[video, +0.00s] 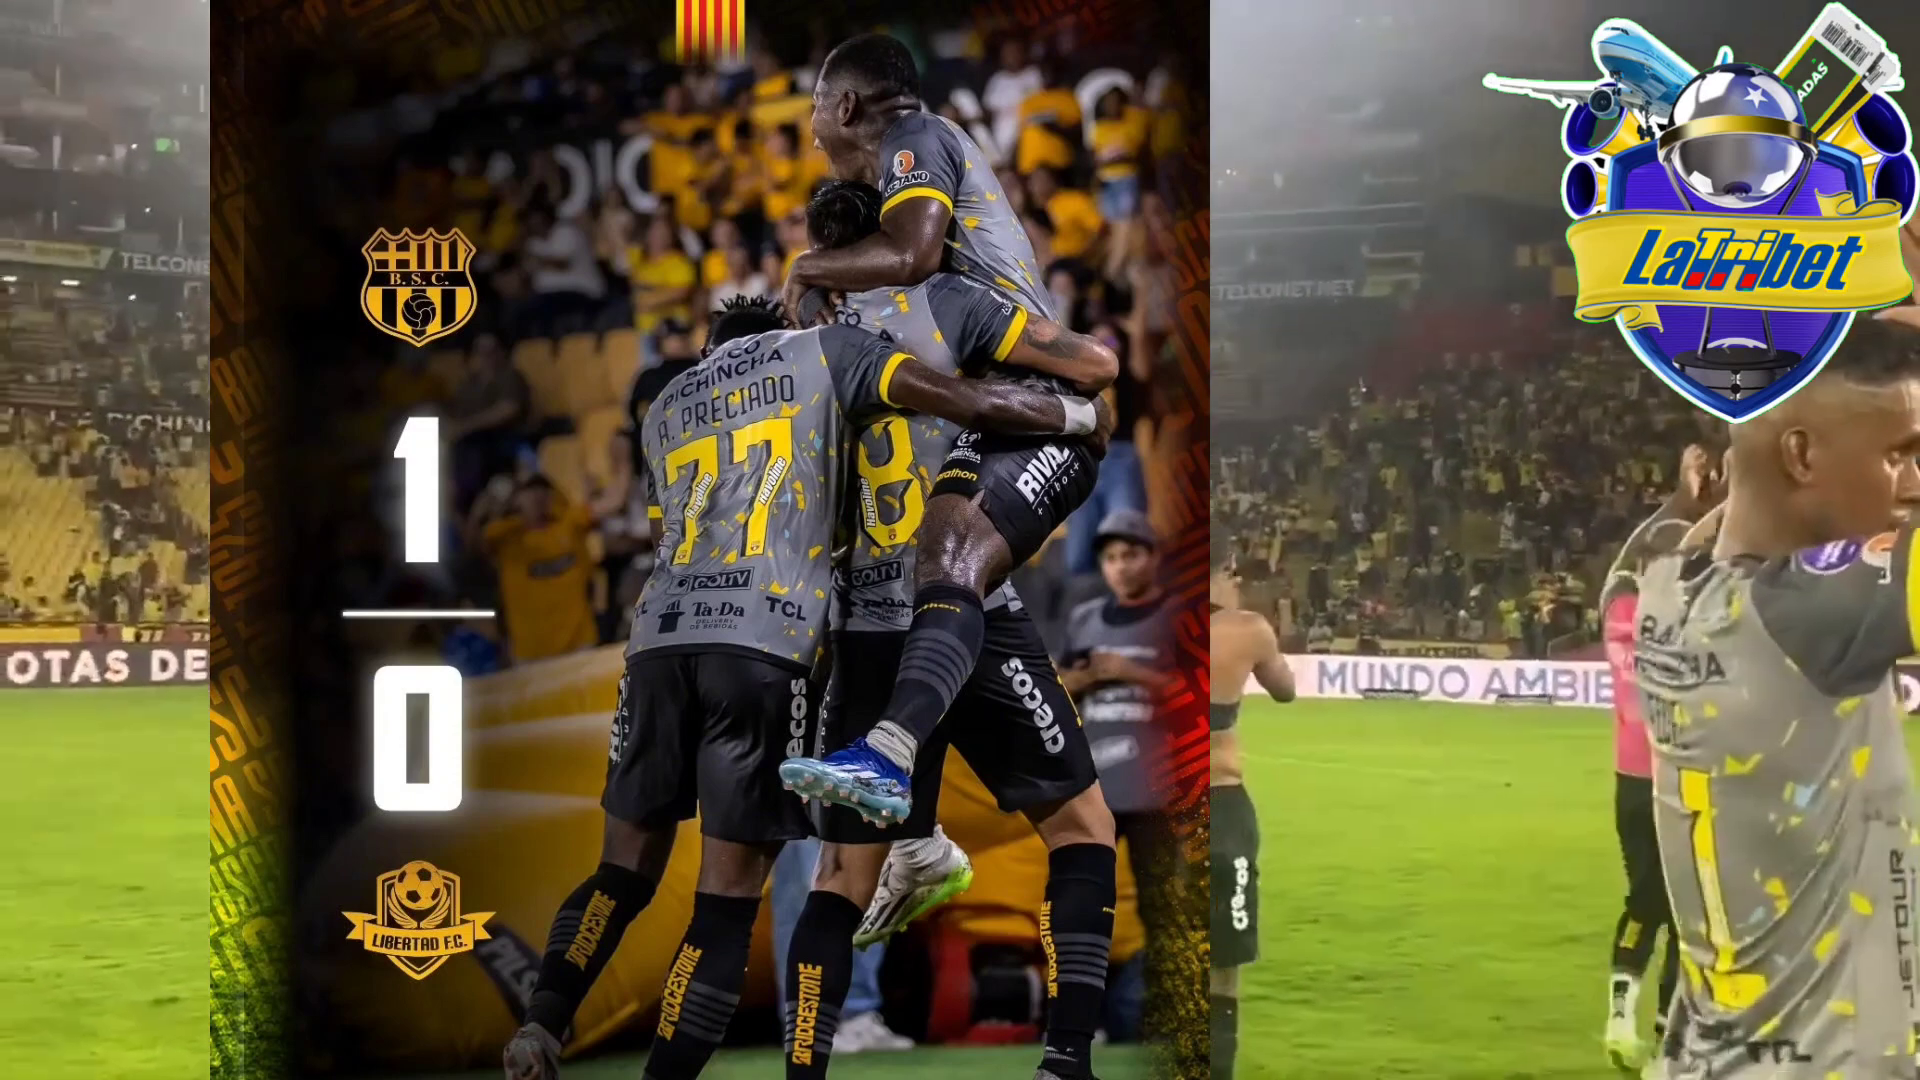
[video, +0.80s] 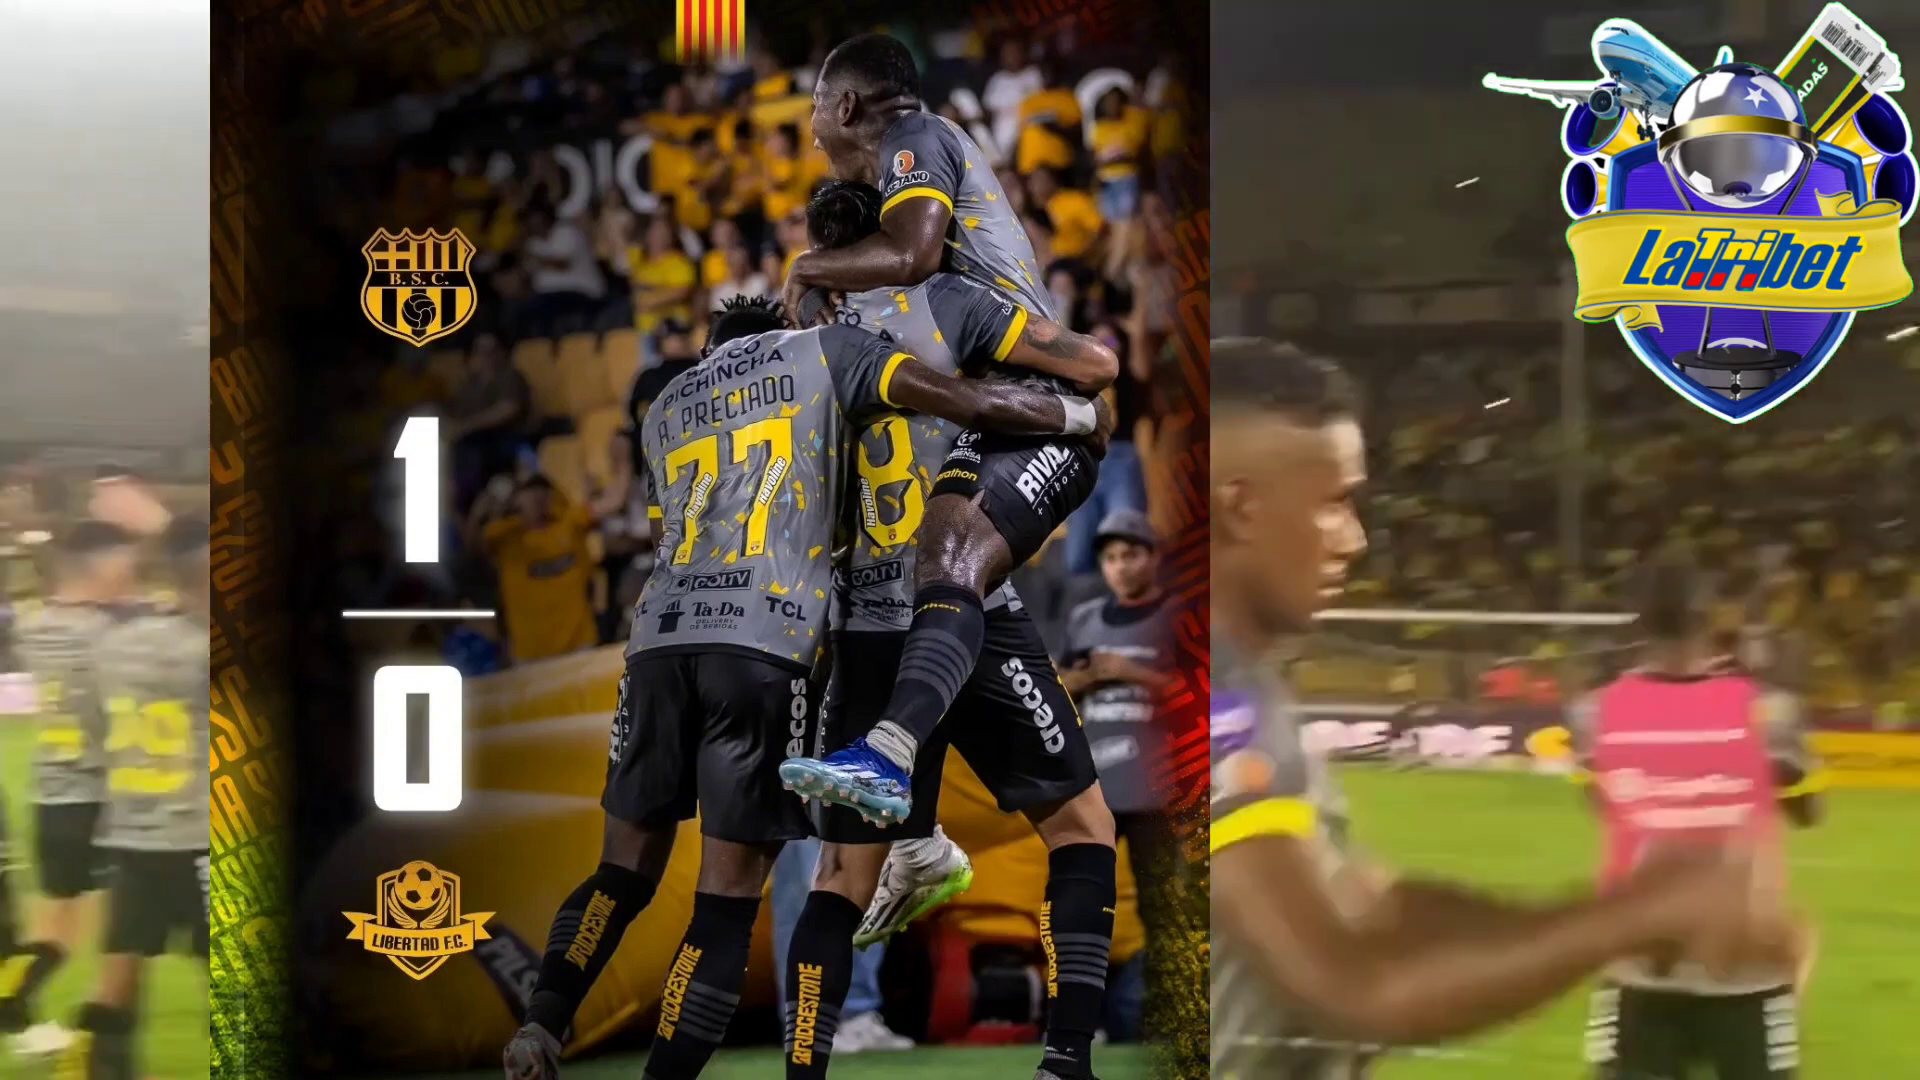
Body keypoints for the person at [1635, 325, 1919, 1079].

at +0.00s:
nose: (1913, 480)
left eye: (1911, 453)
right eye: (1898, 453)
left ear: (1786, 452)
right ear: (1799, 453)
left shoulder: (1667, 588)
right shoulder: (1812, 616)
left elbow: (1719, 527)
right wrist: (1908, 309)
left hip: (1704, 1043)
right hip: (1833, 1054)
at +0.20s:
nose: (1916, 511)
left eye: (1914, 484)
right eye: (1904, 485)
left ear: (1801, 476)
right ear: (1804, 478)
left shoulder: (1711, 635)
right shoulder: (1780, 643)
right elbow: (1909, 586)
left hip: (1759, 1051)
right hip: (1838, 1060)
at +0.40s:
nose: (1848, 509)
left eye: (1849, 482)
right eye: (1828, 479)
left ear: (1722, 485)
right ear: (1727, 481)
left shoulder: (1764, 650)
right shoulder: (1675, 641)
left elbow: (1902, 585)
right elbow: (1901, 521)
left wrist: (1913, 388)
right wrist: (1919, 390)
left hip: (1865, 1053)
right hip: (1779, 1060)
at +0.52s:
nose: (1771, 513)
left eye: (1773, 482)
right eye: (1750, 480)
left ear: (1636, 484)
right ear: (1641, 482)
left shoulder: (1683, 646)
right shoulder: (1579, 640)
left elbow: (1896, 579)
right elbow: (1848, 512)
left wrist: (1899, 371)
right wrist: (1876, 338)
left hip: (1780, 1053)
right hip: (1670, 1061)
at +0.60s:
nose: (1648, 519)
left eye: (1648, 486)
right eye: (1624, 487)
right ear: (1517, 480)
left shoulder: (1544, 642)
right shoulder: (1447, 648)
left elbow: (1796, 642)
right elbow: (1732, 596)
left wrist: (1857, 465)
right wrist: (1791, 418)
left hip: (1640, 1052)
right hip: (1528, 1058)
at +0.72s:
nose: (1483, 536)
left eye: (1481, 501)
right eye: (1461, 499)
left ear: (1361, 502)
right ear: (1362, 497)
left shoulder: (1346, 657)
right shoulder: (1298, 660)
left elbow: (1606, 772)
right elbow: (1570, 775)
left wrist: (1749, 637)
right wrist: (1699, 575)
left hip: (1446, 1056)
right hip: (1360, 1062)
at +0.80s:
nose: (1353, 539)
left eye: (1350, 503)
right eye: (1333, 503)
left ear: (1237, 507)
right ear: (1234, 507)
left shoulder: (1242, 690)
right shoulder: (1213, 705)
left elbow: (1364, 907)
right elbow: (1360, 993)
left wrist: (1606, 925)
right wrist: (1648, 916)